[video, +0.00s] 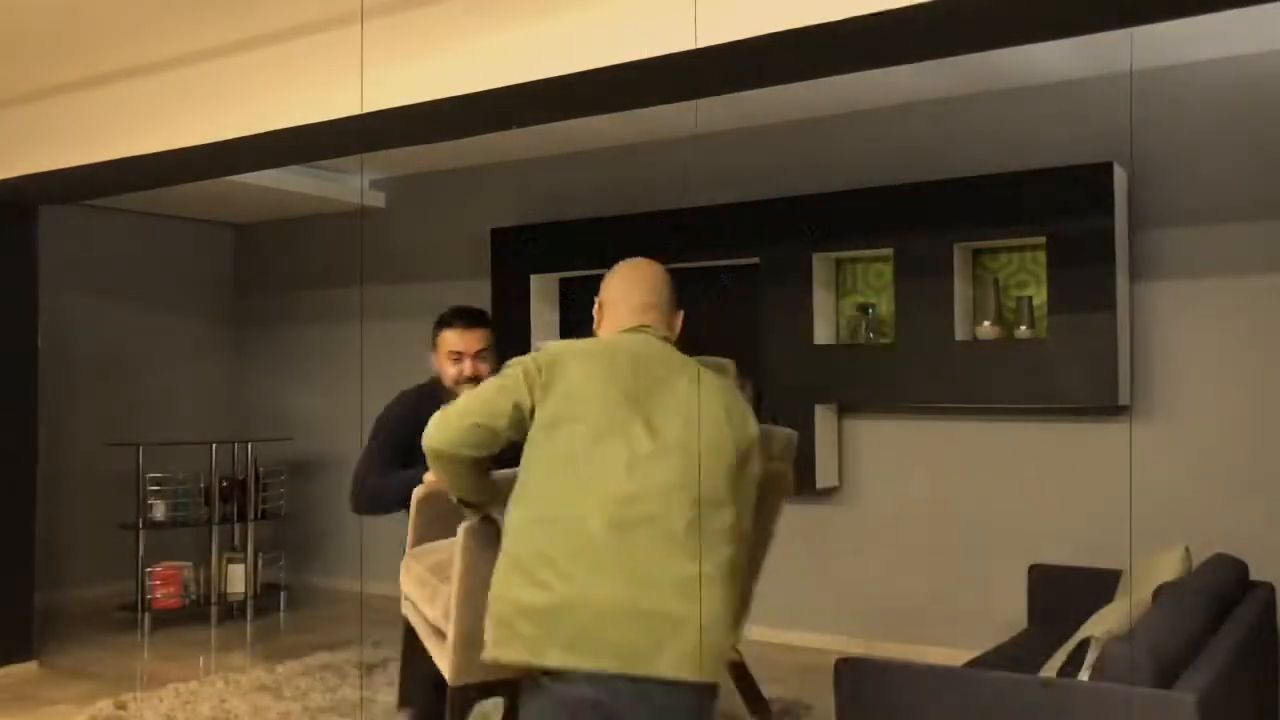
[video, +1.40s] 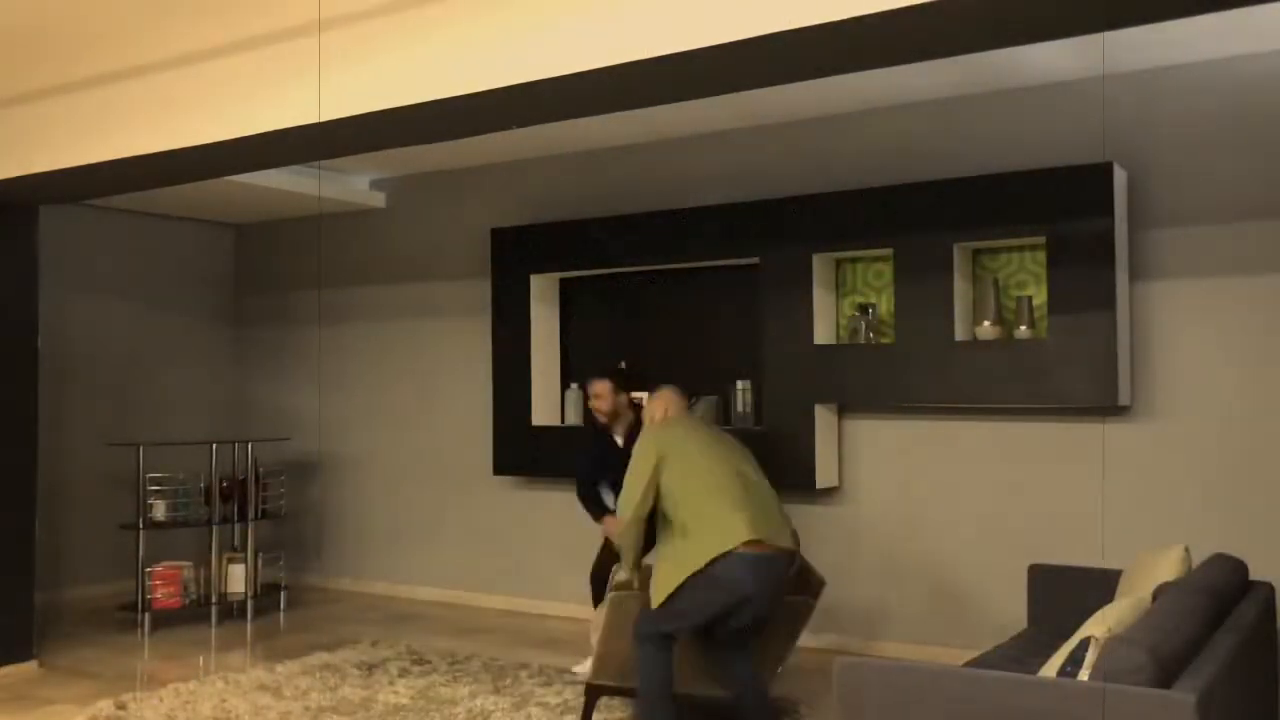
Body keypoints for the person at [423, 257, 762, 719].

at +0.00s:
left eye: (596, 311)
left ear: (597, 315)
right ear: (678, 324)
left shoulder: (553, 365)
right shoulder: (727, 398)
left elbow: (446, 439)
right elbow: (739, 529)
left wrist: (488, 501)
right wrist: (723, 631)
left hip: (556, 653)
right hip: (682, 668)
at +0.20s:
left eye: (569, 325)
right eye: (637, 318)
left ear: (570, 326)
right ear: (637, 322)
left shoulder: (544, 363)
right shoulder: (695, 387)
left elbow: (450, 424)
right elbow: (706, 500)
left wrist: (502, 472)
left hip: (555, 608)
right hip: (656, 614)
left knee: (558, 711)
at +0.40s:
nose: (580, 349)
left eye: (581, 344)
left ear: (585, 344)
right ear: (640, 338)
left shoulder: (566, 383)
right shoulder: (692, 389)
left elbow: (489, 448)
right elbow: (714, 483)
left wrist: (540, 478)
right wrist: (717, 566)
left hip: (593, 582)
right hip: (680, 583)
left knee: (580, 706)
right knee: (672, 711)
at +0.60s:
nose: (605, 378)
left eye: (606, 371)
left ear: (612, 372)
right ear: (658, 371)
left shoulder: (599, 400)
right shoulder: (710, 407)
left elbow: (529, 459)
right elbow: (738, 470)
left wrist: (572, 501)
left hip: (627, 569)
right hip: (705, 568)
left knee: (622, 661)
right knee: (706, 661)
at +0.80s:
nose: (629, 412)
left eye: (632, 407)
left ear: (635, 412)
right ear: (677, 414)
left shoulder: (628, 430)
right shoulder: (717, 447)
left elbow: (566, 484)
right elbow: (744, 514)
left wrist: (596, 523)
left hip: (657, 569)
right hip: (722, 570)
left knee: (643, 647)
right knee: (721, 646)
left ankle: (658, 714)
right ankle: (747, 711)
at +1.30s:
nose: (636, 452)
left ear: (667, 448)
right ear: (701, 452)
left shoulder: (657, 468)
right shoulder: (730, 481)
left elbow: (609, 538)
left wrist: (627, 585)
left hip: (699, 587)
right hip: (755, 592)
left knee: (642, 641)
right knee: (724, 647)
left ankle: (649, 712)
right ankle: (742, 712)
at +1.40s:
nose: (644, 416)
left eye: (646, 408)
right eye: (644, 408)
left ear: (660, 408)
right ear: (686, 407)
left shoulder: (657, 436)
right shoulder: (723, 437)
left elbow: (631, 512)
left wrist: (629, 563)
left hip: (731, 560)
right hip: (779, 559)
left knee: (653, 630)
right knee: (727, 639)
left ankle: (655, 712)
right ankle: (758, 709)